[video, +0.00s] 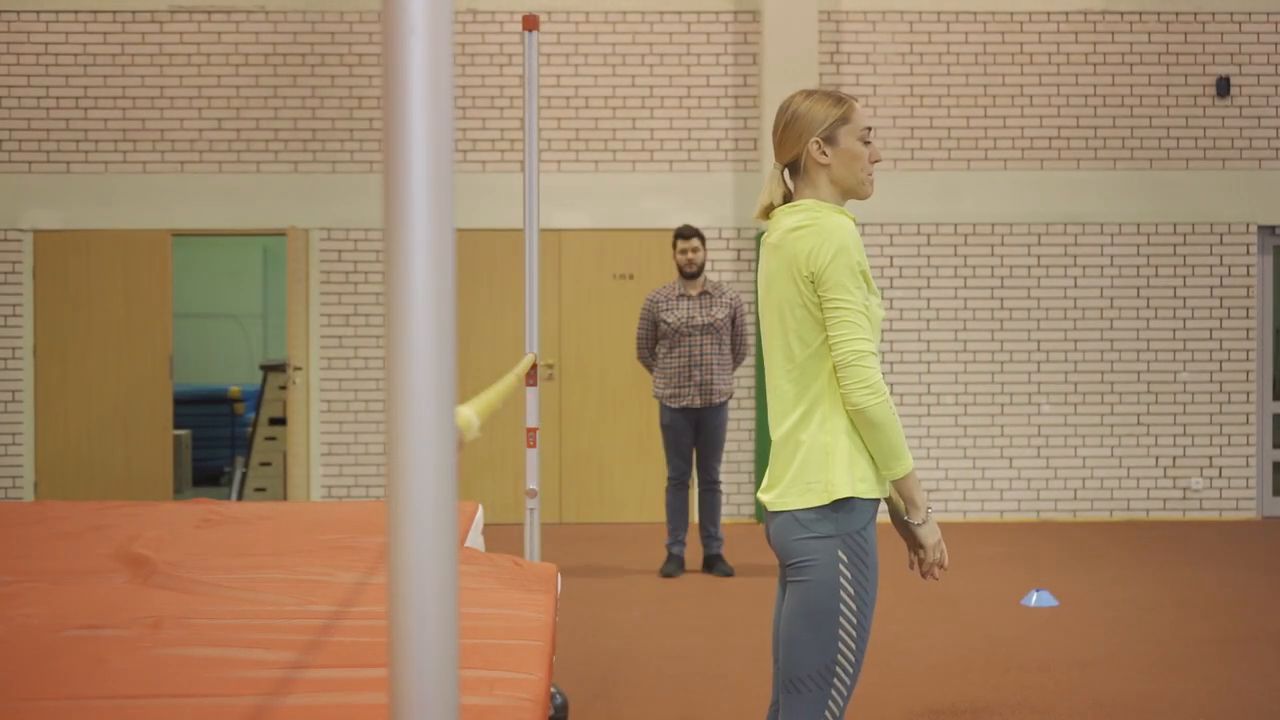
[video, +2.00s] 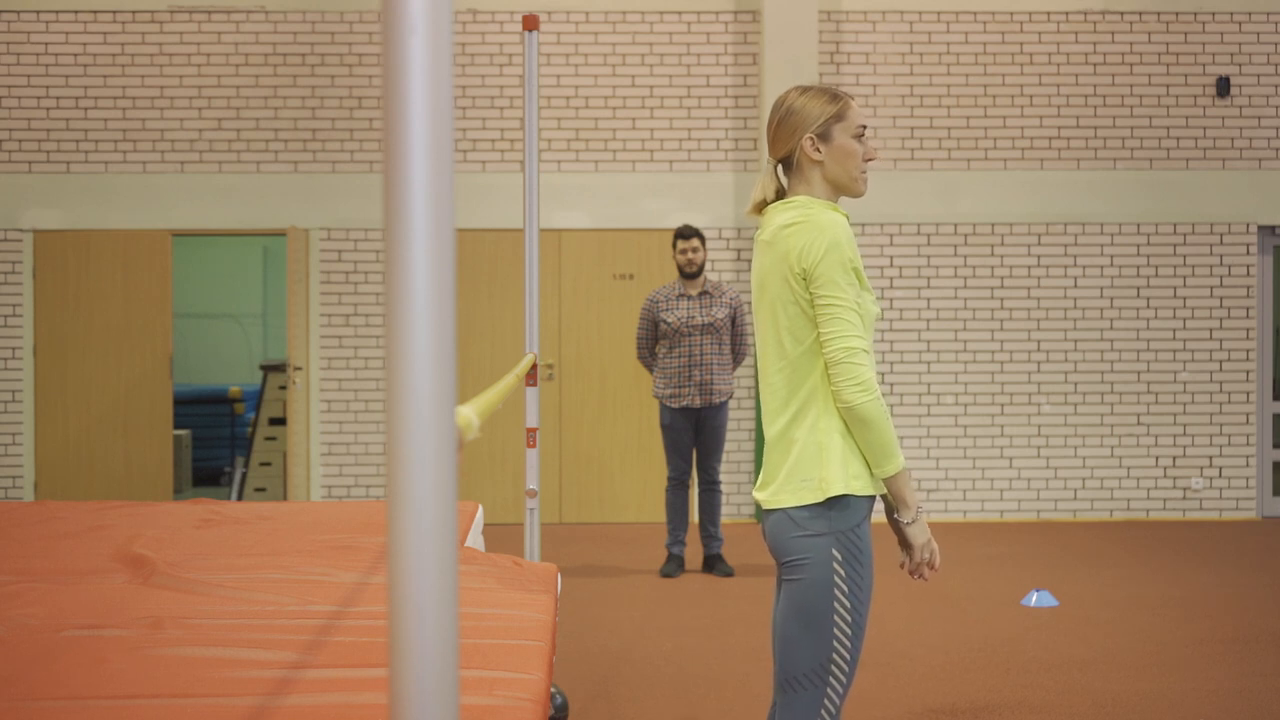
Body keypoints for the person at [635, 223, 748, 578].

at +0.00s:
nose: (689, 256)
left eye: (695, 250)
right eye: (683, 251)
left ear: (705, 254)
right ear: (674, 256)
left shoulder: (728, 297)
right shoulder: (659, 299)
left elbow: (741, 348)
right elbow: (644, 350)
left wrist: (717, 372)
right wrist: (670, 375)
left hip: (715, 402)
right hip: (674, 402)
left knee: (710, 479)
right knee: (678, 477)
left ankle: (713, 552)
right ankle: (675, 553)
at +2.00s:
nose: (689, 256)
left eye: (695, 250)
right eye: (682, 251)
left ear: (705, 253)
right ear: (674, 256)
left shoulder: (728, 296)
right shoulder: (658, 300)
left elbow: (741, 347)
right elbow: (644, 350)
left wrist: (718, 372)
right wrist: (669, 376)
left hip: (715, 401)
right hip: (674, 402)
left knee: (710, 478)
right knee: (678, 477)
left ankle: (713, 552)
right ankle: (675, 553)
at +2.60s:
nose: (689, 256)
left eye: (695, 250)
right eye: (682, 251)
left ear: (705, 254)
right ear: (674, 256)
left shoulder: (728, 297)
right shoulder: (658, 300)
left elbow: (741, 347)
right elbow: (644, 350)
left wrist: (718, 372)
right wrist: (669, 376)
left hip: (715, 402)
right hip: (674, 402)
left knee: (710, 478)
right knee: (678, 477)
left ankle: (713, 552)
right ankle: (675, 553)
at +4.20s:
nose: (688, 256)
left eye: (694, 250)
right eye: (682, 251)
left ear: (705, 253)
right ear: (673, 256)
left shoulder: (729, 297)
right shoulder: (658, 300)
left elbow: (742, 347)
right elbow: (644, 351)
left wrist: (718, 372)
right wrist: (670, 376)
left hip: (715, 402)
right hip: (674, 403)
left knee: (710, 479)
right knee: (678, 477)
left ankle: (713, 553)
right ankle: (675, 552)